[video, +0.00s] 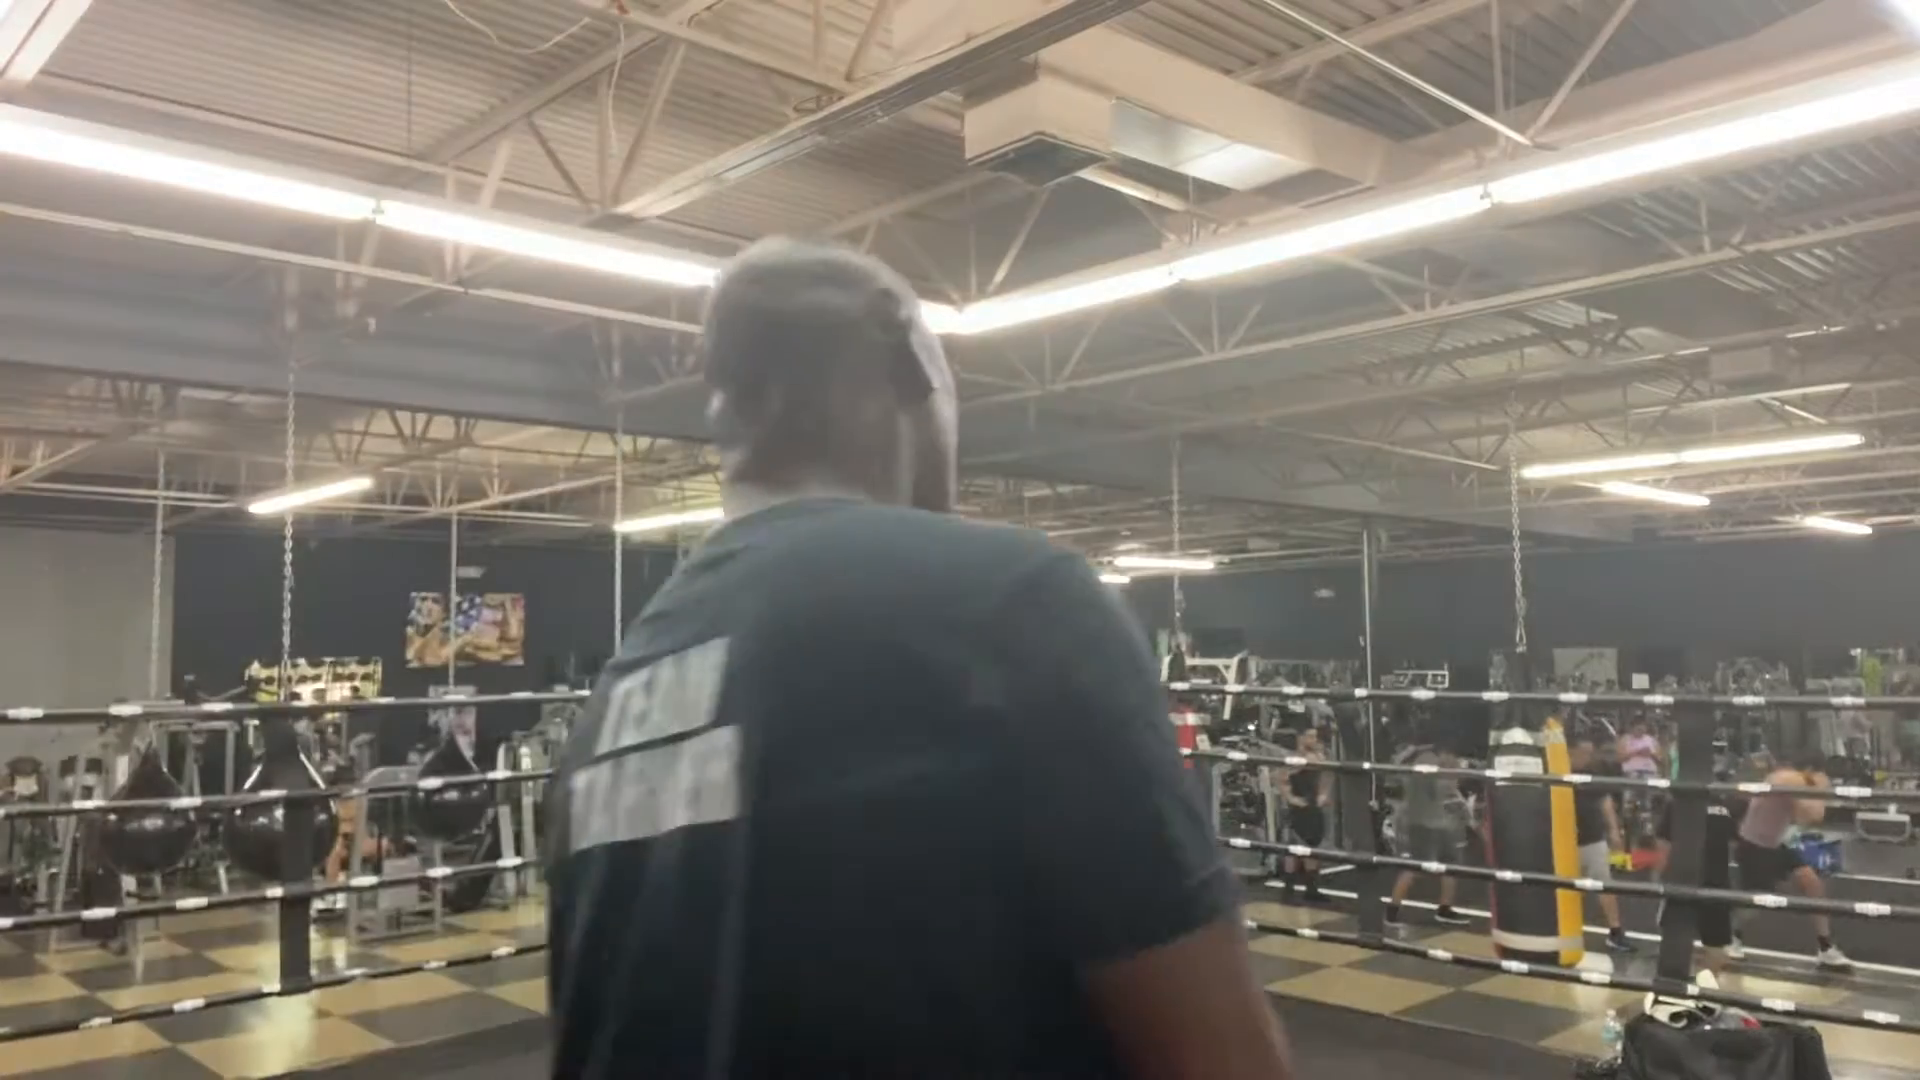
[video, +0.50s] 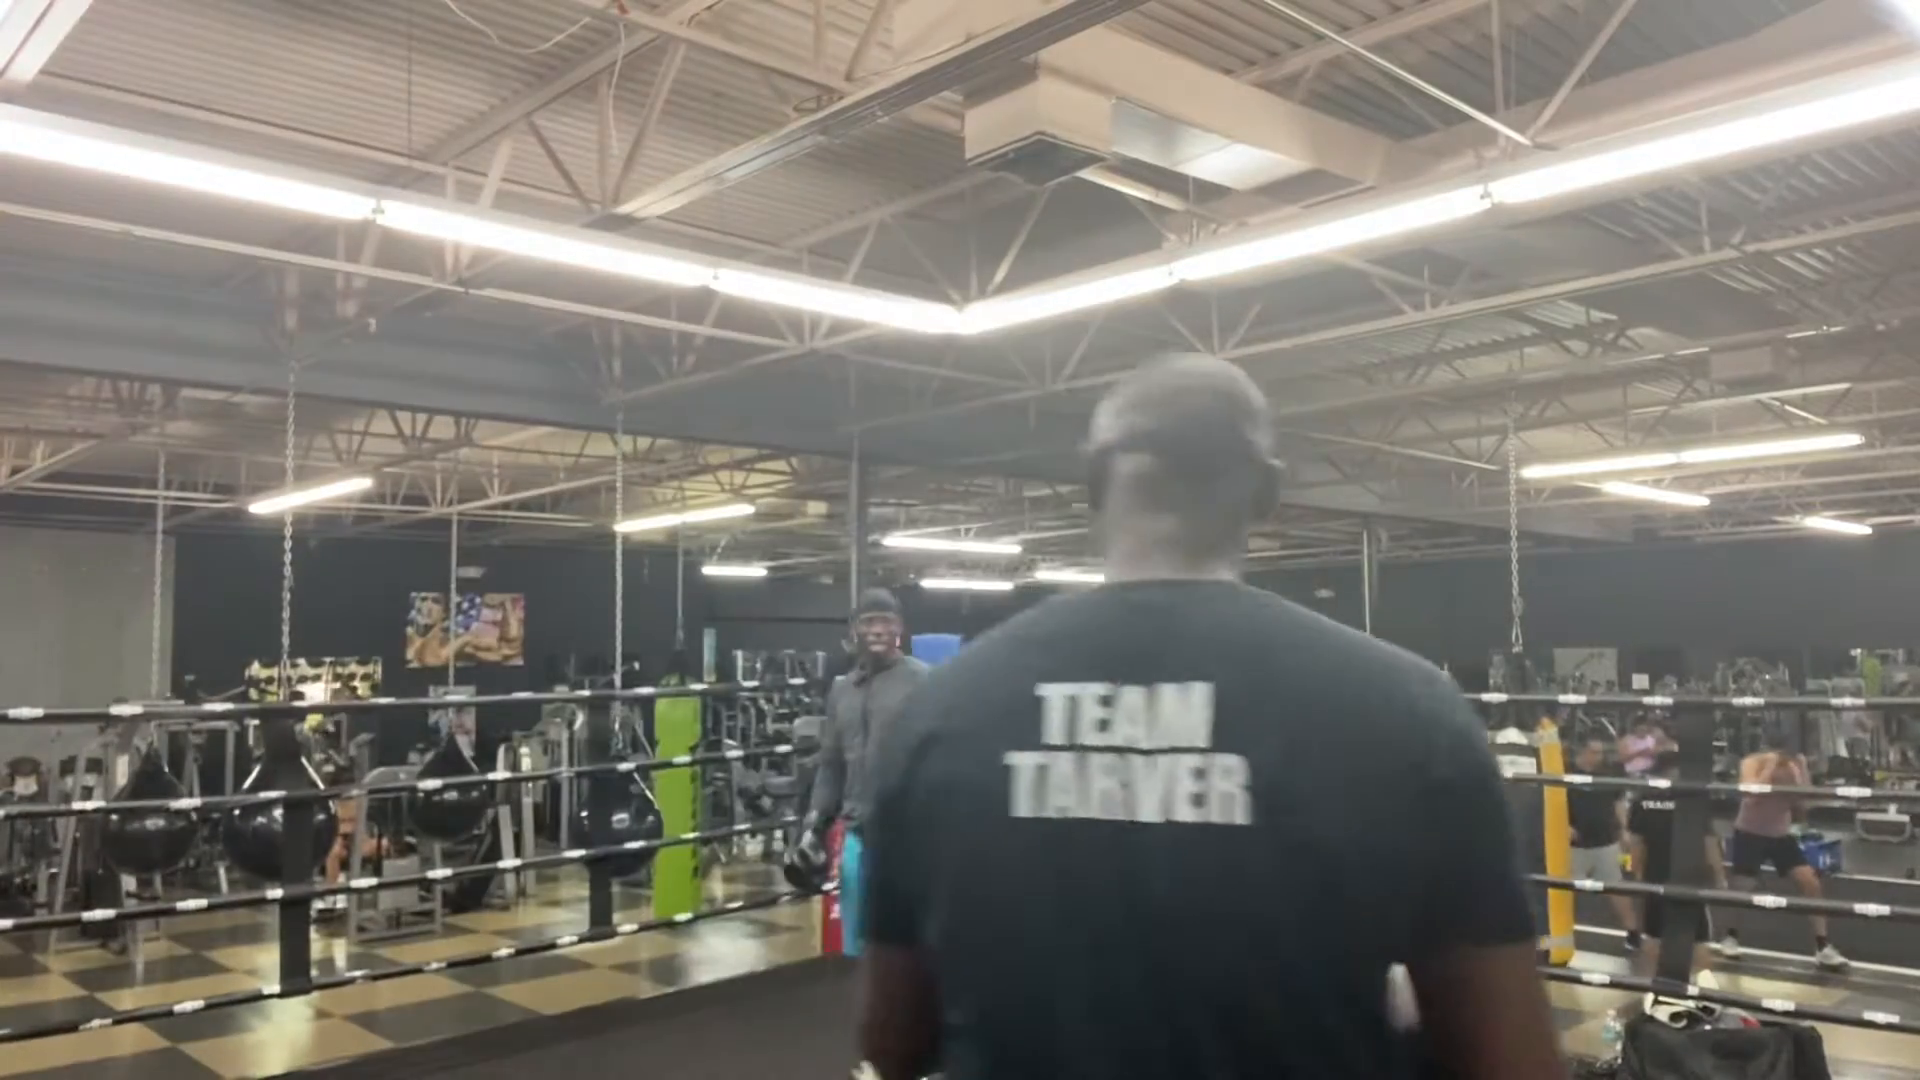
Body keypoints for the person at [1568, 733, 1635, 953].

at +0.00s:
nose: (1587, 758)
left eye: (1589, 753)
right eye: (1583, 753)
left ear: (1592, 754)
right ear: (1570, 752)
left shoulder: (1595, 774)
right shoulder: (1556, 773)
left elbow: (1605, 801)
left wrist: (1614, 831)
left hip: (1593, 836)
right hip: (1565, 840)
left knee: (1605, 884)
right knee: (1564, 889)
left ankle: (1615, 929)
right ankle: (1563, 934)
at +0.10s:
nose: (1585, 758)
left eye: (1588, 753)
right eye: (1581, 752)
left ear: (1591, 754)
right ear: (1569, 752)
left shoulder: (1594, 774)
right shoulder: (1557, 775)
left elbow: (1605, 803)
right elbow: (1550, 810)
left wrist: (1613, 831)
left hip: (1594, 838)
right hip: (1567, 842)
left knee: (1607, 884)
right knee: (1564, 890)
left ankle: (1617, 930)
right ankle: (1562, 934)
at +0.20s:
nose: (1585, 758)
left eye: (1587, 753)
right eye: (1580, 752)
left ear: (1590, 755)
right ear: (1568, 752)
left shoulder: (1593, 774)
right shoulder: (1556, 775)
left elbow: (1605, 802)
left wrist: (1613, 830)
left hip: (1595, 838)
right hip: (1568, 842)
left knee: (1610, 882)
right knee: (1564, 890)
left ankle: (1619, 928)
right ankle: (1563, 934)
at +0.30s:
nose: (1585, 757)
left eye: (1587, 753)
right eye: (1580, 752)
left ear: (1590, 754)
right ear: (1567, 752)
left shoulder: (1595, 773)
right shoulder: (1555, 774)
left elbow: (1607, 802)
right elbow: (1548, 809)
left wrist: (1615, 830)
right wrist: (1555, 839)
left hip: (1596, 839)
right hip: (1568, 842)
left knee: (1612, 885)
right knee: (1563, 891)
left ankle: (1626, 929)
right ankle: (1562, 935)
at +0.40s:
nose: (1590, 757)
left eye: (1592, 752)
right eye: (1584, 752)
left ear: (1596, 753)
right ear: (1568, 751)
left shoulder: (1600, 773)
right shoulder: (1557, 772)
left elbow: (1612, 802)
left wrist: (1618, 830)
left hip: (1599, 840)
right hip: (1569, 842)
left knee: (1611, 888)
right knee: (1563, 893)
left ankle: (1630, 930)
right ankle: (1560, 935)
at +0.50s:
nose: (1597, 757)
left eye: (1600, 753)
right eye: (1593, 752)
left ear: (1604, 754)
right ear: (1582, 752)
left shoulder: (1610, 774)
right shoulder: (1566, 774)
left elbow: (1619, 804)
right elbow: (1553, 804)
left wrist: (1624, 830)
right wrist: (1563, 827)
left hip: (1607, 843)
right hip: (1576, 845)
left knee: (1618, 890)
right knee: (1565, 893)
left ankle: (1632, 930)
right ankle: (1562, 935)